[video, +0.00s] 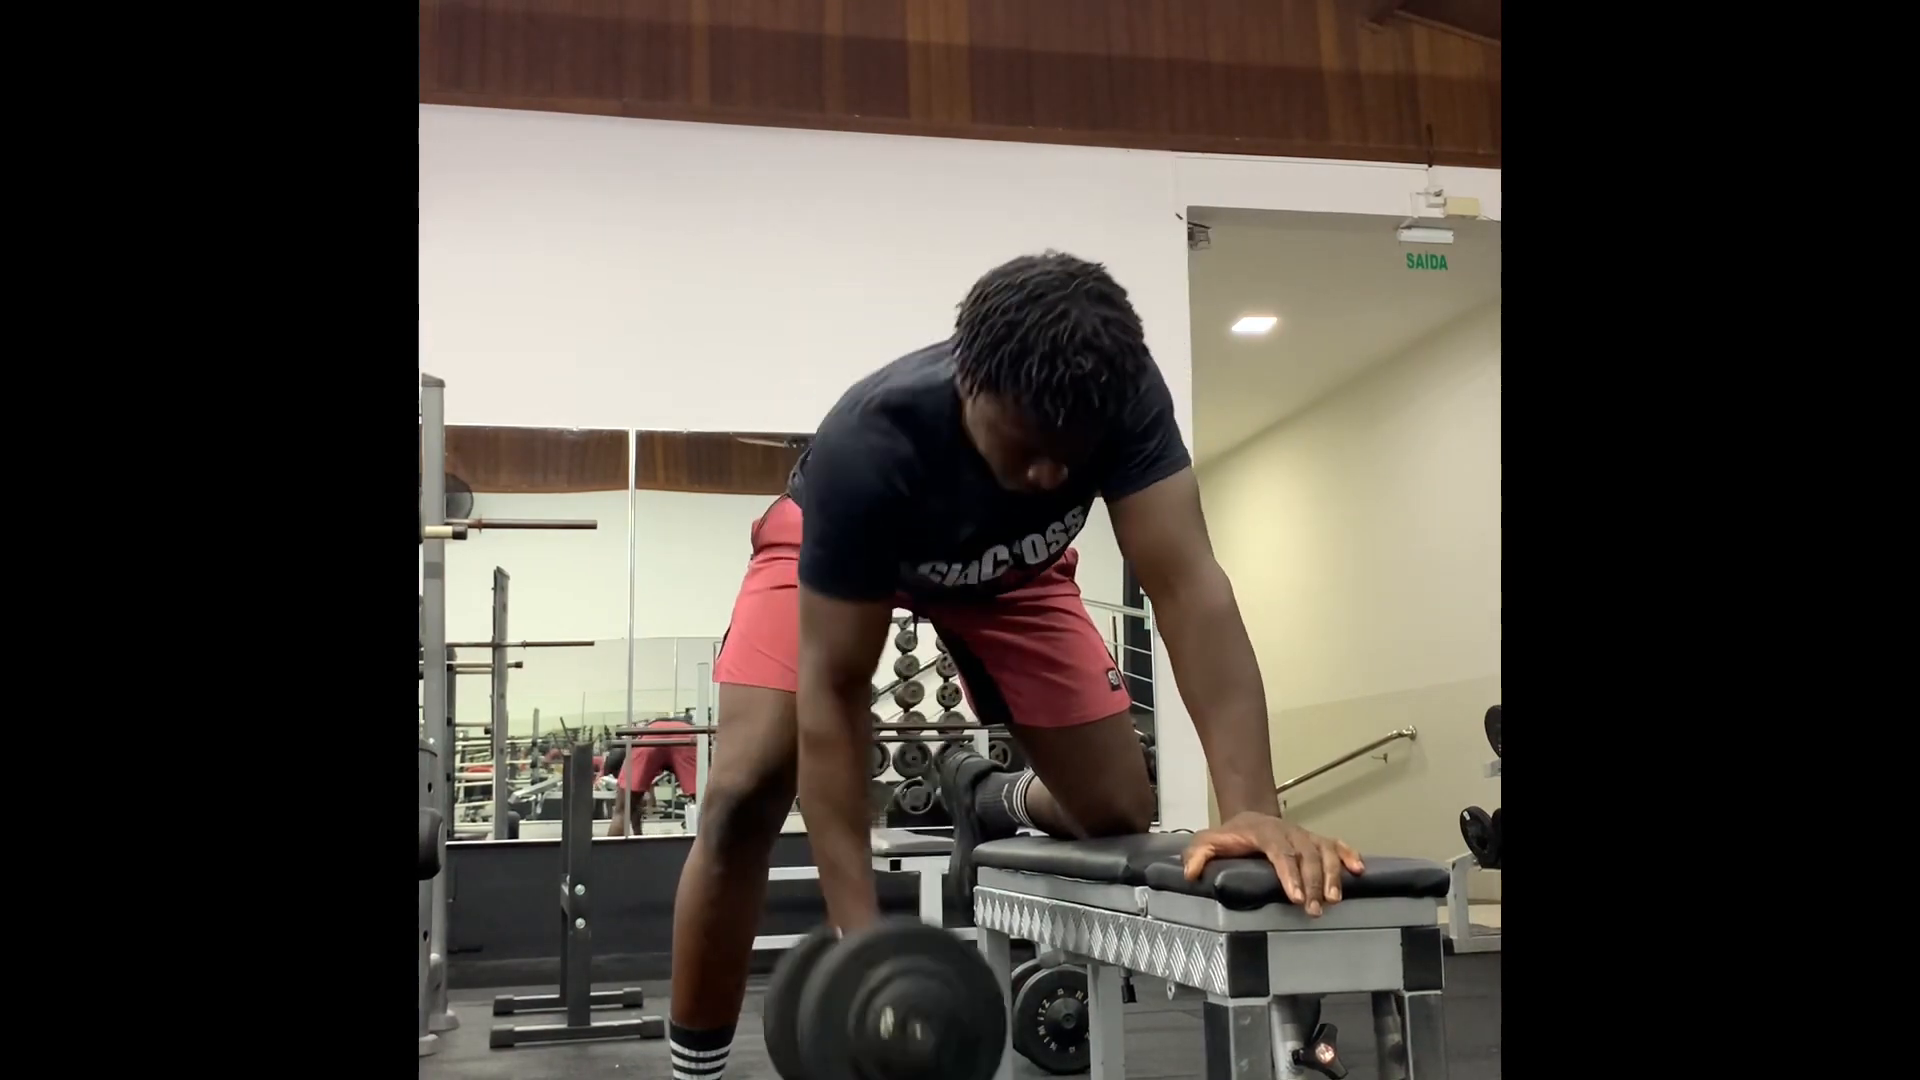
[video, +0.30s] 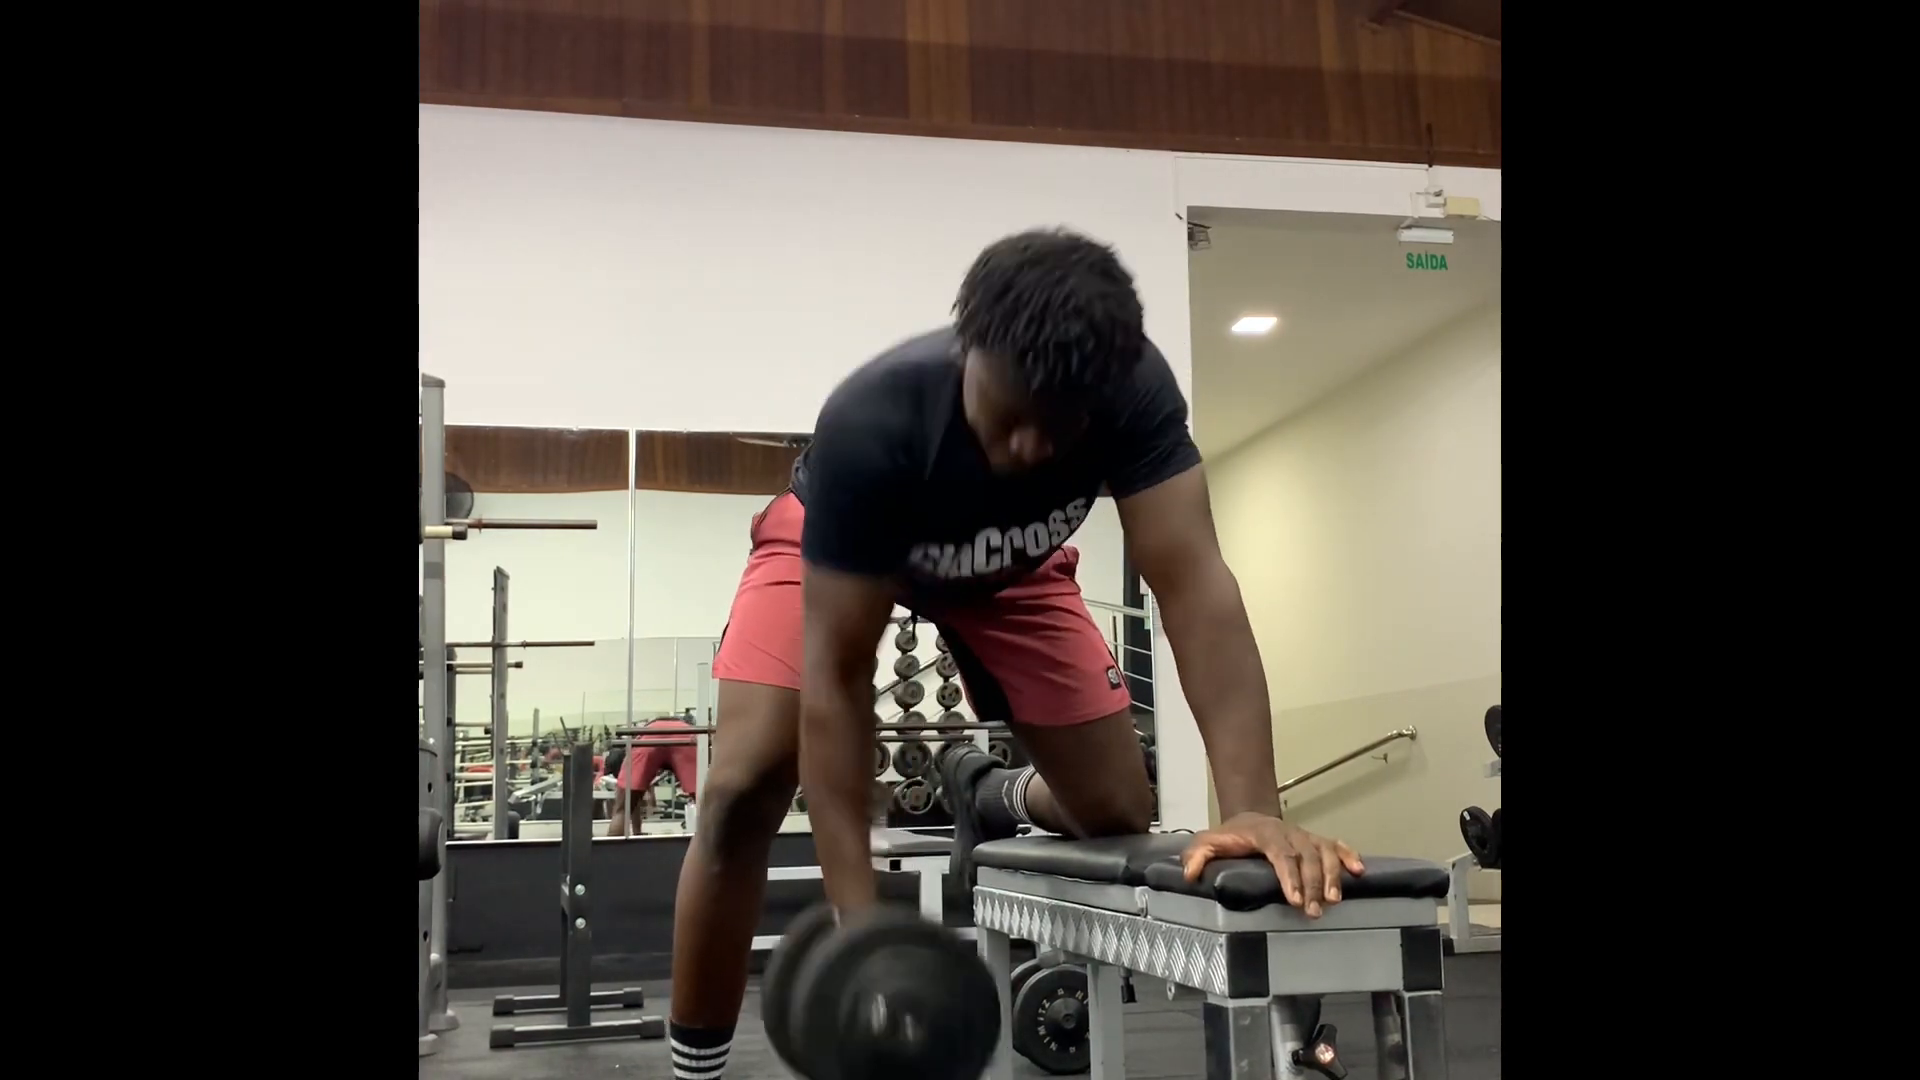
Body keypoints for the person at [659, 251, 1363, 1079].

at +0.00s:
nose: (1050, 474)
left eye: (1073, 451)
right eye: (1022, 448)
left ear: (1110, 405)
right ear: (969, 387)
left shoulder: (1123, 398)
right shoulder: (870, 453)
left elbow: (1187, 582)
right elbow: (833, 695)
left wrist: (1253, 804)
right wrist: (865, 953)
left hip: (1018, 567)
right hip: (839, 558)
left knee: (1120, 814)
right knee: (743, 794)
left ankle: (988, 796)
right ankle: (695, 1071)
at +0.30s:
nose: (1025, 447)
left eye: (1052, 427)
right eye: (1003, 419)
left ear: (1098, 390)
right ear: (967, 358)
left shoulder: (1131, 390)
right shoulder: (873, 427)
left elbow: (1194, 583)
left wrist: (1253, 805)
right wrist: (865, 946)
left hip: (1017, 563)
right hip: (840, 552)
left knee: (1120, 810)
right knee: (741, 791)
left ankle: (989, 794)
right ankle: (694, 1074)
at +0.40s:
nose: (1035, 332)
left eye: (1075, 325)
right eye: (1032, 292)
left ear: (1141, 321)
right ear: (1027, 242)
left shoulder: (1166, 383)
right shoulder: (926, 282)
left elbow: (1204, 578)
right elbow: (798, 446)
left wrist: (1252, 804)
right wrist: (819, 641)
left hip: (1007, 572)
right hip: (842, 538)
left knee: (1120, 816)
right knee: (740, 794)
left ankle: (986, 800)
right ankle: (694, 1073)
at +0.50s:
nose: (1039, 297)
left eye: (1077, 300)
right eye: (1042, 261)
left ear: (1146, 309)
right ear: (1047, 214)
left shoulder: (1176, 386)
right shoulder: (969, 222)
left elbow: (1207, 579)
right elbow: (817, 285)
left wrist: (1253, 803)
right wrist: (815, 420)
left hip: (995, 561)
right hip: (849, 511)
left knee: (1117, 811)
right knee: (741, 794)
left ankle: (978, 800)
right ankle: (692, 1071)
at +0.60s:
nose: (1038, 331)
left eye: (1074, 325)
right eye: (1034, 293)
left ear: (1145, 318)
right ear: (1030, 238)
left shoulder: (1172, 387)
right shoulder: (965, 231)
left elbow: (1207, 582)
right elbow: (817, 277)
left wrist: (1253, 804)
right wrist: (827, 410)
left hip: (999, 557)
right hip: (853, 510)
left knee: (1118, 815)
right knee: (740, 796)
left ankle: (985, 800)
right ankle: (694, 1072)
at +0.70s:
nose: (1051, 370)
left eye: (1086, 357)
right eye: (1039, 333)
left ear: (1143, 334)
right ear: (1022, 267)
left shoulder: (1166, 389)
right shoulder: (933, 282)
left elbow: (1203, 580)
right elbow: (779, 405)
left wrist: (1251, 803)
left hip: (1010, 568)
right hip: (843, 531)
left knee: (1120, 816)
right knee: (740, 794)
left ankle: (987, 804)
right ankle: (693, 1072)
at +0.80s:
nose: (1049, 428)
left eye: (1079, 408)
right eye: (1031, 396)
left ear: (1132, 367)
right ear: (996, 332)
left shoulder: (1157, 388)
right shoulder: (895, 366)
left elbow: (1199, 579)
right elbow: (821, 584)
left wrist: (1255, 802)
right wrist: (857, 817)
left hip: (1017, 570)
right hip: (852, 541)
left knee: (1120, 814)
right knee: (743, 792)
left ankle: (986, 800)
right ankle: (694, 1069)